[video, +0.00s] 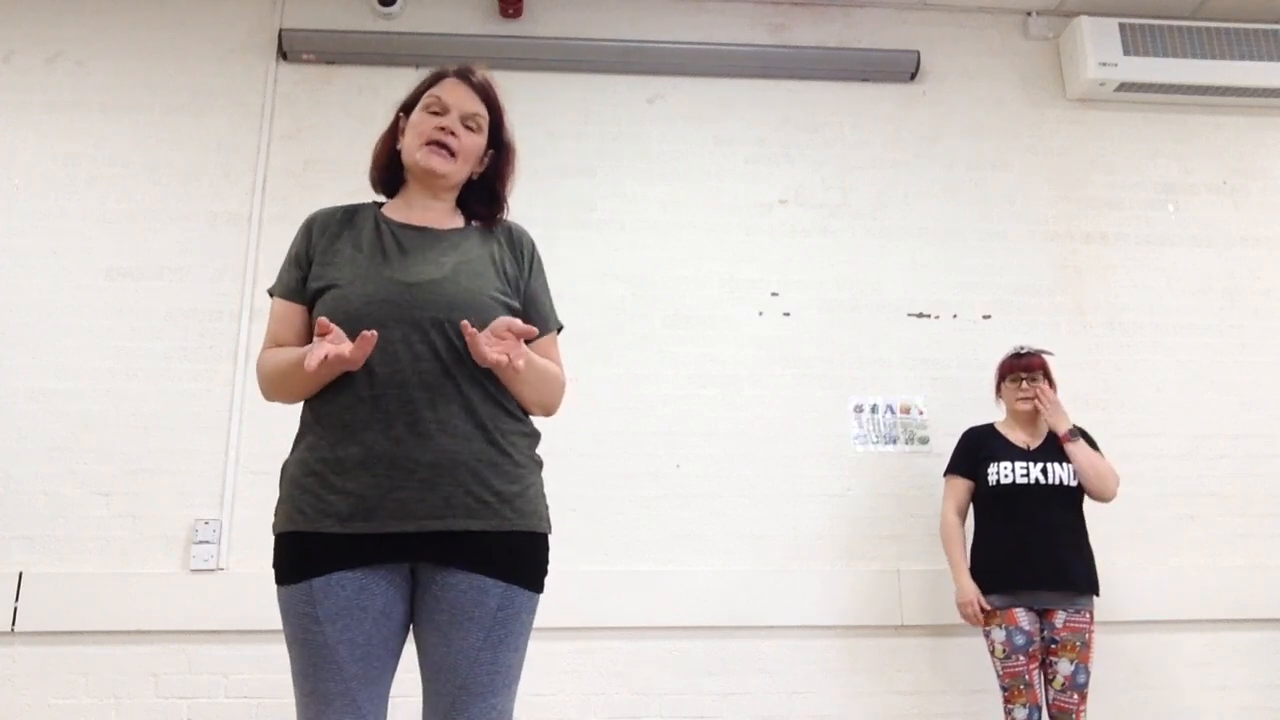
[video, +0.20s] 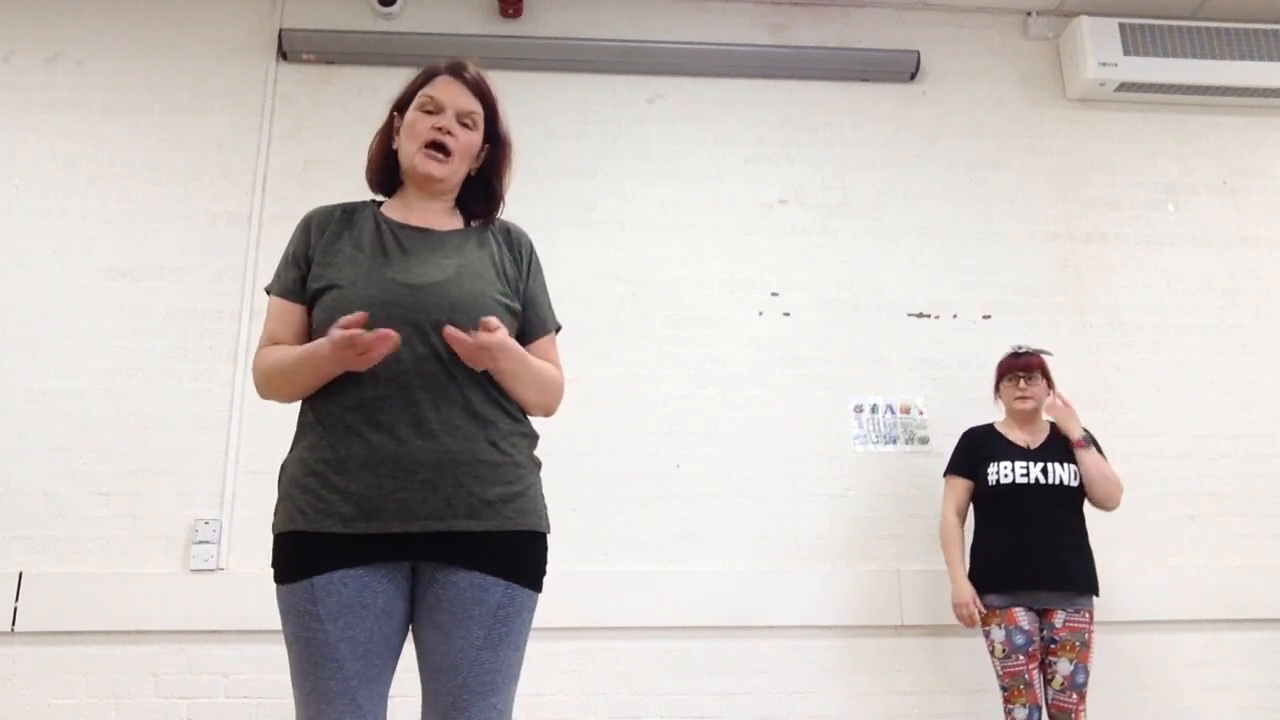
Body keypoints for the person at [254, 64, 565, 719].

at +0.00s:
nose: (449, 125)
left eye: (471, 123)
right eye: (435, 110)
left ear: (485, 159)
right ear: (401, 128)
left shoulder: (511, 248)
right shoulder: (326, 232)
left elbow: (548, 396)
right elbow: (272, 374)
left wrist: (511, 361)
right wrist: (314, 367)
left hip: (487, 523)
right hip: (336, 519)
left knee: (473, 714)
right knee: (337, 713)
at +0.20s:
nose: (445, 125)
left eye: (466, 121)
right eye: (430, 109)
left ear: (482, 154)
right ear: (396, 127)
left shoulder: (510, 248)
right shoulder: (324, 231)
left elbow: (548, 395)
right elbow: (269, 374)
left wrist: (505, 360)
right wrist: (332, 353)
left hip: (487, 524)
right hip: (336, 520)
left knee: (472, 713)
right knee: (337, 713)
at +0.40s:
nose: (445, 124)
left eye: (465, 118)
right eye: (429, 109)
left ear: (482, 150)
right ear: (396, 131)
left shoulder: (511, 250)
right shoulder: (327, 231)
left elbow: (546, 400)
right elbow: (273, 377)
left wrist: (506, 347)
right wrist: (337, 340)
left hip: (486, 526)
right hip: (335, 522)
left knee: (472, 714)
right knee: (337, 713)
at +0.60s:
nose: (447, 123)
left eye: (467, 116)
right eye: (429, 108)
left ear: (484, 147)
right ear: (397, 130)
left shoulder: (512, 249)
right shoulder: (330, 228)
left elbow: (545, 402)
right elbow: (269, 375)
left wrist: (515, 331)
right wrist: (326, 315)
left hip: (486, 523)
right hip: (335, 518)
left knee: (472, 714)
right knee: (336, 714)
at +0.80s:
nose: (447, 125)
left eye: (465, 117)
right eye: (429, 112)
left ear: (485, 147)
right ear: (398, 135)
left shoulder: (516, 252)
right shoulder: (333, 231)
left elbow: (549, 402)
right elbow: (276, 373)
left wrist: (508, 363)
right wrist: (348, 347)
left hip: (487, 524)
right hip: (335, 519)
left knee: (472, 714)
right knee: (336, 713)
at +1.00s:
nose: (445, 123)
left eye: (463, 113)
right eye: (425, 111)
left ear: (486, 142)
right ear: (397, 137)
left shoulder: (519, 250)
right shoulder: (336, 227)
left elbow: (552, 401)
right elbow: (274, 366)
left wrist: (509, 365)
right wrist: (353, 354)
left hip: (487, 525)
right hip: (335, 518)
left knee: (472, 713)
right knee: (336, 712)